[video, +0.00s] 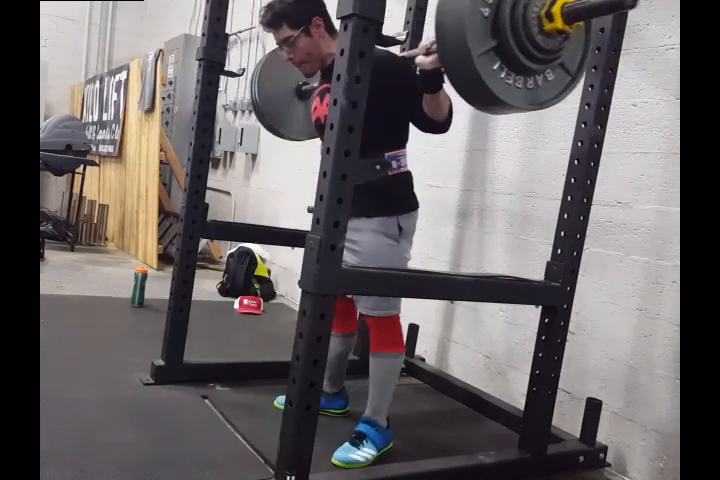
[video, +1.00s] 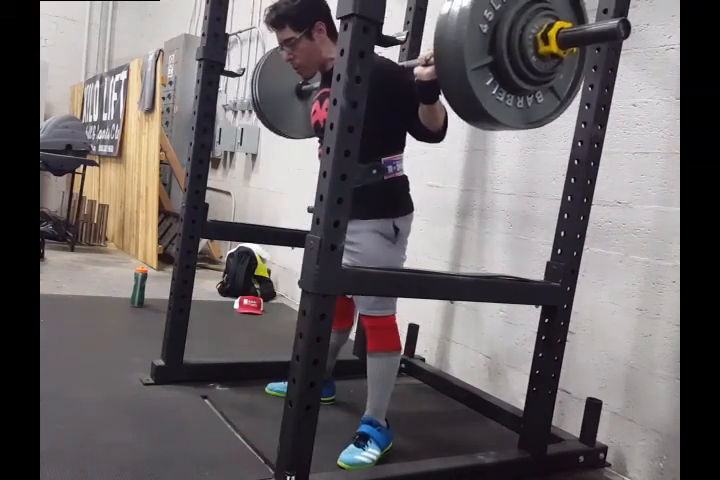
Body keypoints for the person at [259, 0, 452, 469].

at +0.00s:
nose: (289, 57)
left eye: (292, 44)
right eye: (283, 49)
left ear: (319, 27)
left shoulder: (383, 66)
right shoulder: (322, 79)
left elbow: (439, 122)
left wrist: (431, 75)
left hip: (383, 211)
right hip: (336, 208)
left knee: (379, 310)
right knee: (335, 301)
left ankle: (376, 424)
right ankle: (330, 389)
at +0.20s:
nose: (296, 54)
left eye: (299, 42)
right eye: (290, 46)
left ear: (329, 26)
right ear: (320, 32)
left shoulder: (390, 63)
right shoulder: (333, 74)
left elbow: (449, 122)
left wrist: (443, 73)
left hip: (388, 213)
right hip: (340, 209)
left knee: (386, 314)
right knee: (338, 303)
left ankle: (377, 425)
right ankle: (330, 388)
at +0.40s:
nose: (299, 54)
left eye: (302, 42)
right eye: (294, 45)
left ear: (334, 27)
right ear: (326, 32)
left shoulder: (395, 65)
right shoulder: (335, 77)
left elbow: (454, 123)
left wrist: (449, 74)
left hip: (395, 216)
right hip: (343, 211)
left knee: (392, 317)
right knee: (317, 289)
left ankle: (376, 425)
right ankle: (321, 367)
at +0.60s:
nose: (296, 55)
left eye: (300, 43)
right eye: (291, 46)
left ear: (331, 29)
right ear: (321, 34)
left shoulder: (391, 70)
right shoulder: (332, 78)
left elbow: (448, 127)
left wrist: (444, 80)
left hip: (390, 214)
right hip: (341, 211)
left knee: (389, 315)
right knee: (332, 301)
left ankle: (376, 425)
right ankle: (318, 378)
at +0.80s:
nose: (290, 58)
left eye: (294, 46)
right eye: (285, 49)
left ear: (324, 33)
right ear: (314, 38)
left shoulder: (385, 74)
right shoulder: (326, 79)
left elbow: (438, 130)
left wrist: (432, 85)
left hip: (382, 214)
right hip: (336, 211)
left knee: (379, 311)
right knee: (329, 301)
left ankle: (376, 423)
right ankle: (319, 379)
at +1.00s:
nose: (287, 56)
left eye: (291, 44)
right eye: (282, 48)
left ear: (322, 32)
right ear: (311, 39)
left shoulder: (383, 74)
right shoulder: (320, 82)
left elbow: (433, 131)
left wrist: (428, 87)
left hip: (379, 213)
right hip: (332, 210)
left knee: (375, 310)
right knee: (328, 300)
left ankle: (375, 424)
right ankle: (318, 379)